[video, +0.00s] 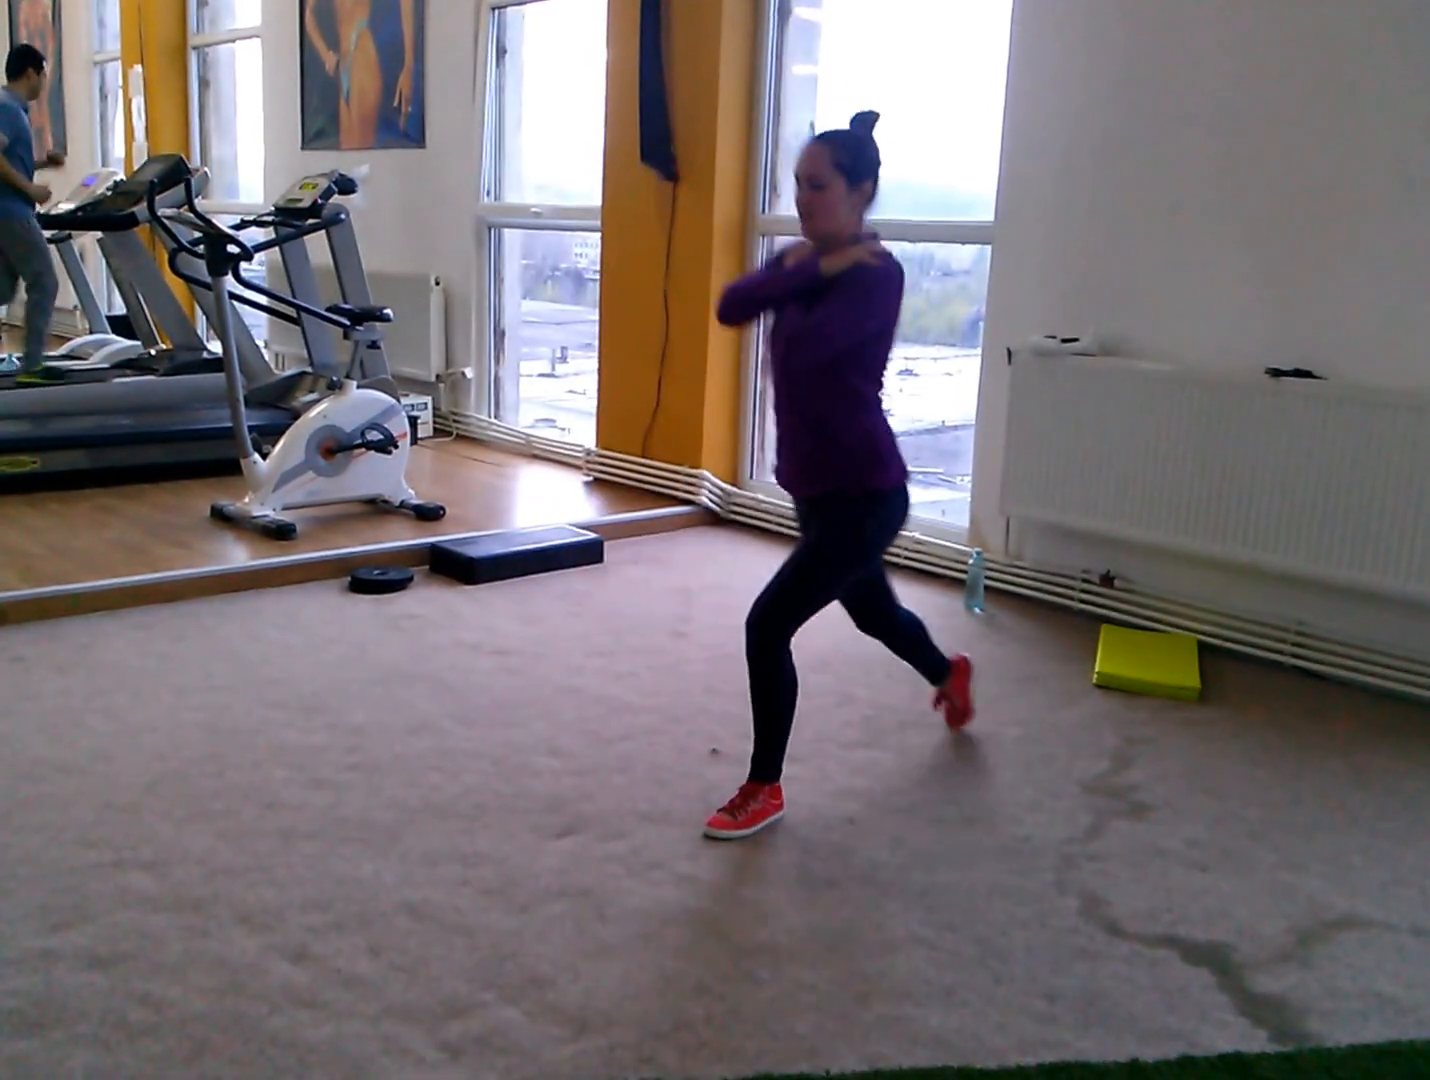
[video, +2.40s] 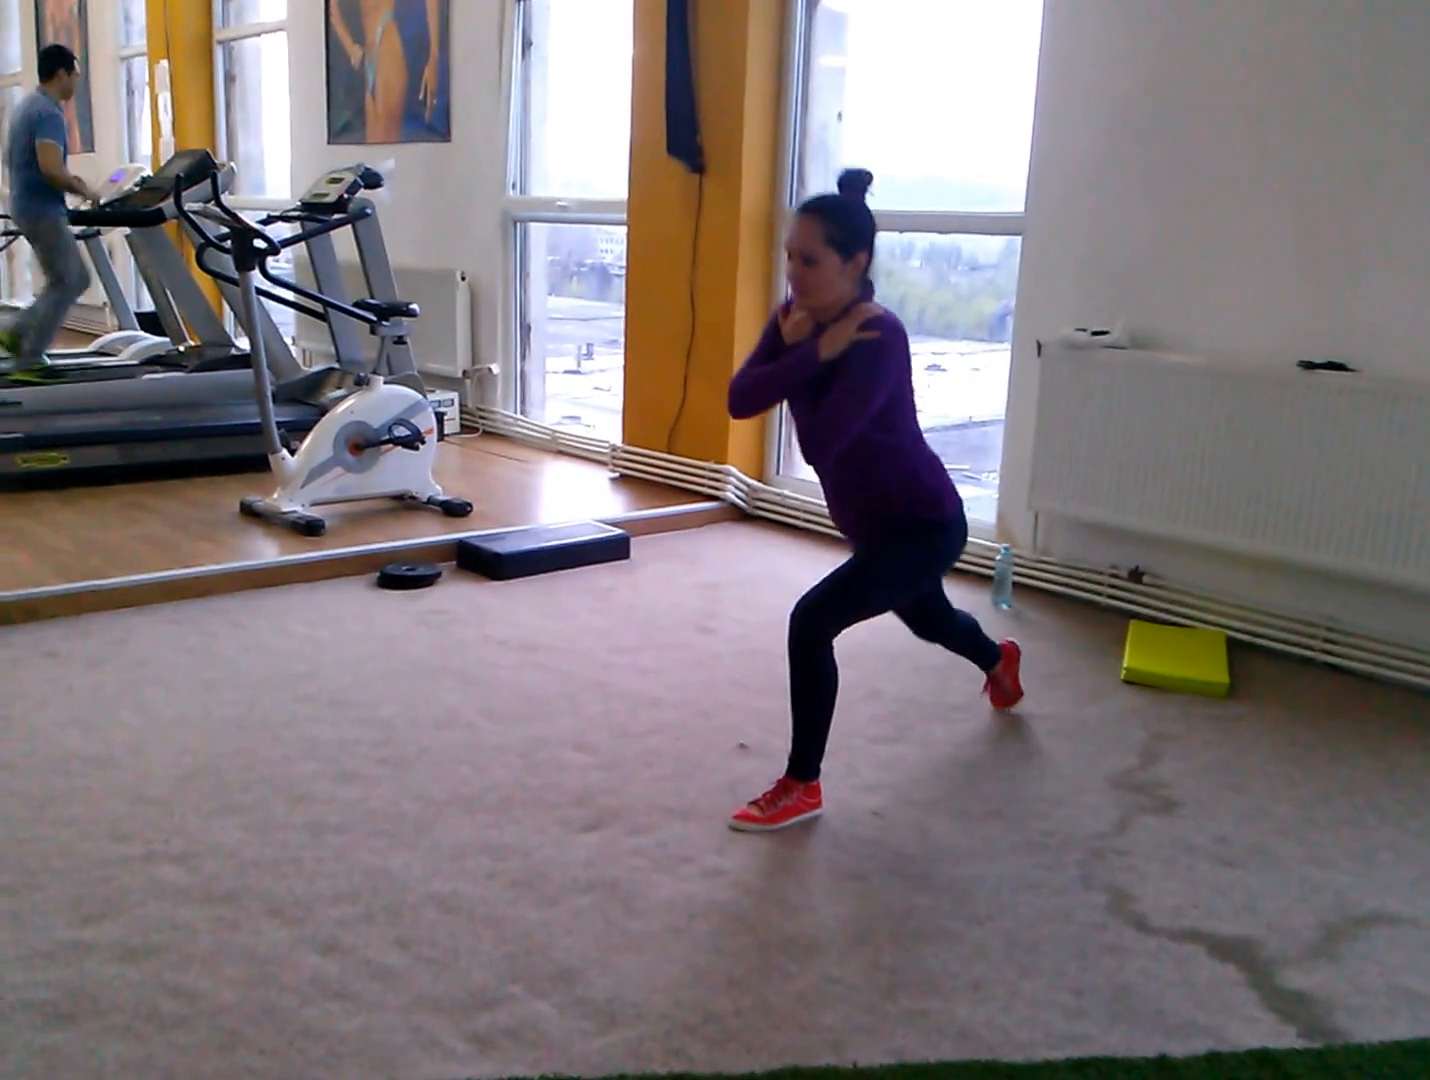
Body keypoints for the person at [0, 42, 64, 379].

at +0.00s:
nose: (44, 83)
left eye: (43, 76)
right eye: (42, 75)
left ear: (18, 73)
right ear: (31, 73)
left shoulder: (15, 110)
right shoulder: (10, 110)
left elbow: (12, 161)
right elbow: (3, 158)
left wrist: (43, 162)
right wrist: (28, 188)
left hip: (13, 209)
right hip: (12, 210)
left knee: (5, 287)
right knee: (44, 280)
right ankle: (32, 363)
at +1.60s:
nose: (57, 81)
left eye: (56, 74)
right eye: (54, 74)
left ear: (32, 73)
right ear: (39, 73)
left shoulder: (22, 109)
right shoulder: (21, 111)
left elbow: (18, 167)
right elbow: (17, 165)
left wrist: (51, 180)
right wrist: (57, 197)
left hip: (20, 210)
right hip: (19, 211)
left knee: (43, 280)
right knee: (51, 283)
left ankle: (3, 319)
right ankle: (22, 360)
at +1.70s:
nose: (59, 77)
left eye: (58, 70)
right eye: (57, 70)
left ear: (31, 70)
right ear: (44, 69)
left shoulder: (13, 102)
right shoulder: (29, 106)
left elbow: (25, 164)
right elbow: (32, 161)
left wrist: (62, 177)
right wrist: (71, 178)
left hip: (25, 210)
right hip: (20, 211)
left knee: (66, 269)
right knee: (23, 282)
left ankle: (33, 349)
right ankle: (1, 351)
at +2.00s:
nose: (61, 79)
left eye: (61, 72)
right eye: (59, 72)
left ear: (33, 73)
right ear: (46, 72)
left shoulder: (19, 104)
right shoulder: (35, 107)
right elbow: (27, 157)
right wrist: (66, 192)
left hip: (18, 211)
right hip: (30, 212)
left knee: (44, 286)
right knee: (70, 281)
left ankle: (20, 357)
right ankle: (10, 326)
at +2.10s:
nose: (65, 73)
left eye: (65, 66)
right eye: (62, 65)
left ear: (40, 65)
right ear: (49, 65)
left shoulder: (35, 99)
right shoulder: (30, 98)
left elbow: (39, 159)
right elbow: (15, 143)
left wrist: (75, 159)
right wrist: (52, 172)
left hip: (20, 208)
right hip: (33, 207)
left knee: (15, 281)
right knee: (82, 265)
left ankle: (2, 344)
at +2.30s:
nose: (72, 77)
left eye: (72, 70)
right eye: (69, 70)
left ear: (47, 70)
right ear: (54, 69)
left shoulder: (37, 102)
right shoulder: (39, 107)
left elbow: (40, 154)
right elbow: (27, 154)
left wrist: (75, 158)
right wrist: (65, 189)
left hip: (32, 210)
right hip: (44, 211)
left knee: (45, 283)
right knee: (77, 279)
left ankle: (1, 312)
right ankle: (66, 357)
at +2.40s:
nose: (76, 81)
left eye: (76, 74)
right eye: (74, 74)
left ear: (49, 75)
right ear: (60, 74)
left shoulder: (31, 106)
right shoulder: (47, 112)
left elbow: (33, 167)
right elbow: (50, 168)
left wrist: (72, 184)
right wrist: (83, 189)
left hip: (30, 209)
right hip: (41, 211)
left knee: (69, 278)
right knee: (71, 278)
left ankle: (19, 333)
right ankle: (29, 356)